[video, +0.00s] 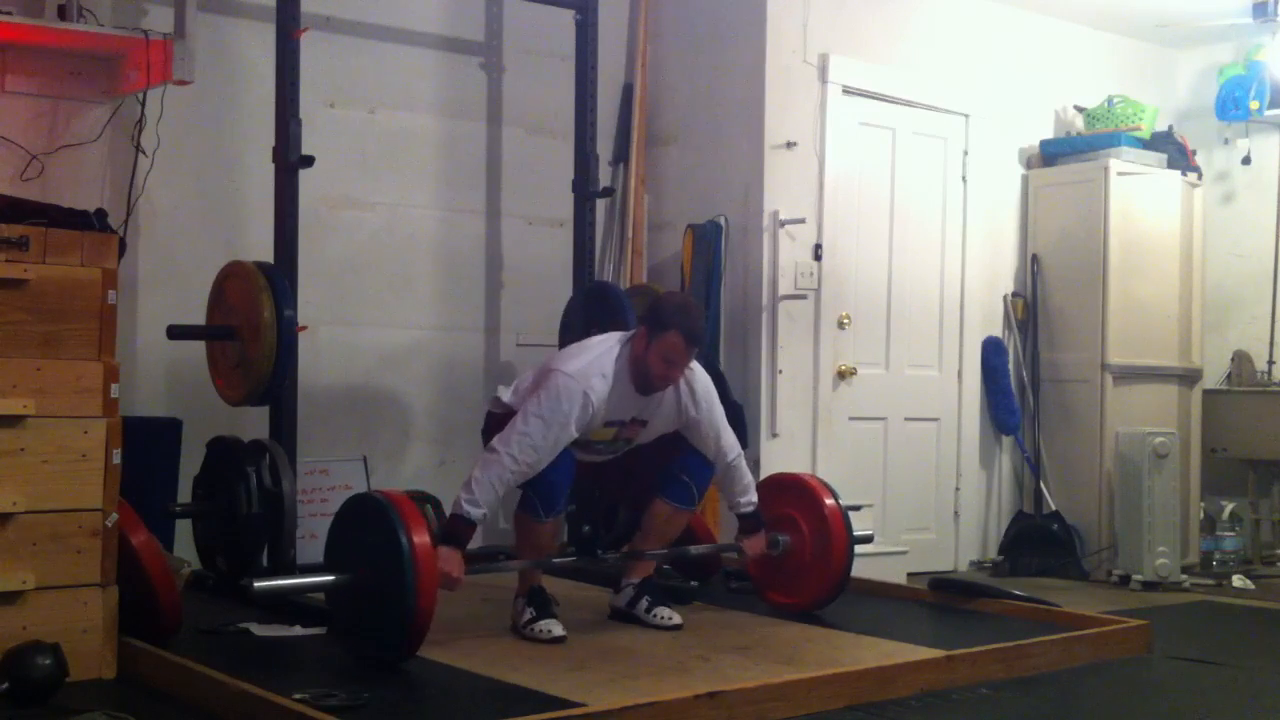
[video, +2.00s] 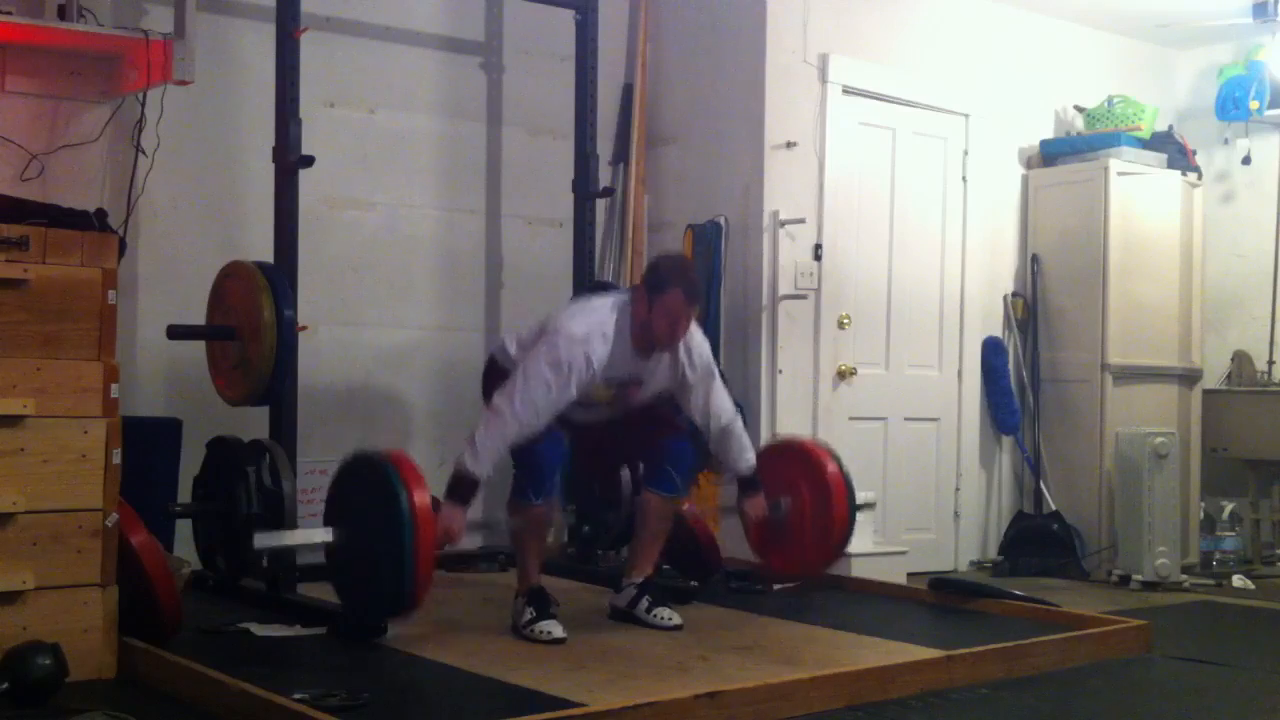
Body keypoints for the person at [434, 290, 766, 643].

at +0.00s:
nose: (673, 376)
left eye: (683, 366)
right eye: (666, 362)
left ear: (693, 358)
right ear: (640, 339)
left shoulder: (691, 383)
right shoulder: (580, 378)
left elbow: (726, 450)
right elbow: (509, 453)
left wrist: (751, 523)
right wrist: (454, 537)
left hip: (604, 446)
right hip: (526, 431)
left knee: (695, 459)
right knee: (554, 470)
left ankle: (633, 587)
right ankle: (530, 596)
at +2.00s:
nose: (679, 332)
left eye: (686, 321)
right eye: (670, 318)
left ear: (694, 314)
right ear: (642, 303)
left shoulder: (687, 343)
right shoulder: (582, 335)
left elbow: (719, 413)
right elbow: (512, 409)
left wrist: (751, 484)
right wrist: (459, 496)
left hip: (608, 399)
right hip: (531, 389)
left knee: (675, 452)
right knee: (543, 454)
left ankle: (634, 588)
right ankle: (529, 596)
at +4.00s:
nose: (670, 283)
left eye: (676, 276)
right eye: (657, 274)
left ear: (682, 285)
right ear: (624, 282)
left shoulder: (690, 326)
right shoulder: (588, 316)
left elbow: (737, 288)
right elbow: (516, 276)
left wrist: (771, 241)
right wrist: (465, 200)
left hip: (635, 460)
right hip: (553, 453)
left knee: (719, 474)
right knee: (579, 495)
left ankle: (648, 591)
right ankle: (519, 599)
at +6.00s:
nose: (699, 260)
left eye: (710, 250)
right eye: (695, 245)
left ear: (720, 244)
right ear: (668, 222)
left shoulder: (714, 275)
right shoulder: (605, 250)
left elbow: (746, 340)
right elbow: (525, 312)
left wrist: (770, 408)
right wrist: (473, 402)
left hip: (635, 368)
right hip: (561, 357)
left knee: (661, 459)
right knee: (564, 450)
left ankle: (645, 596)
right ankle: (555, 600)